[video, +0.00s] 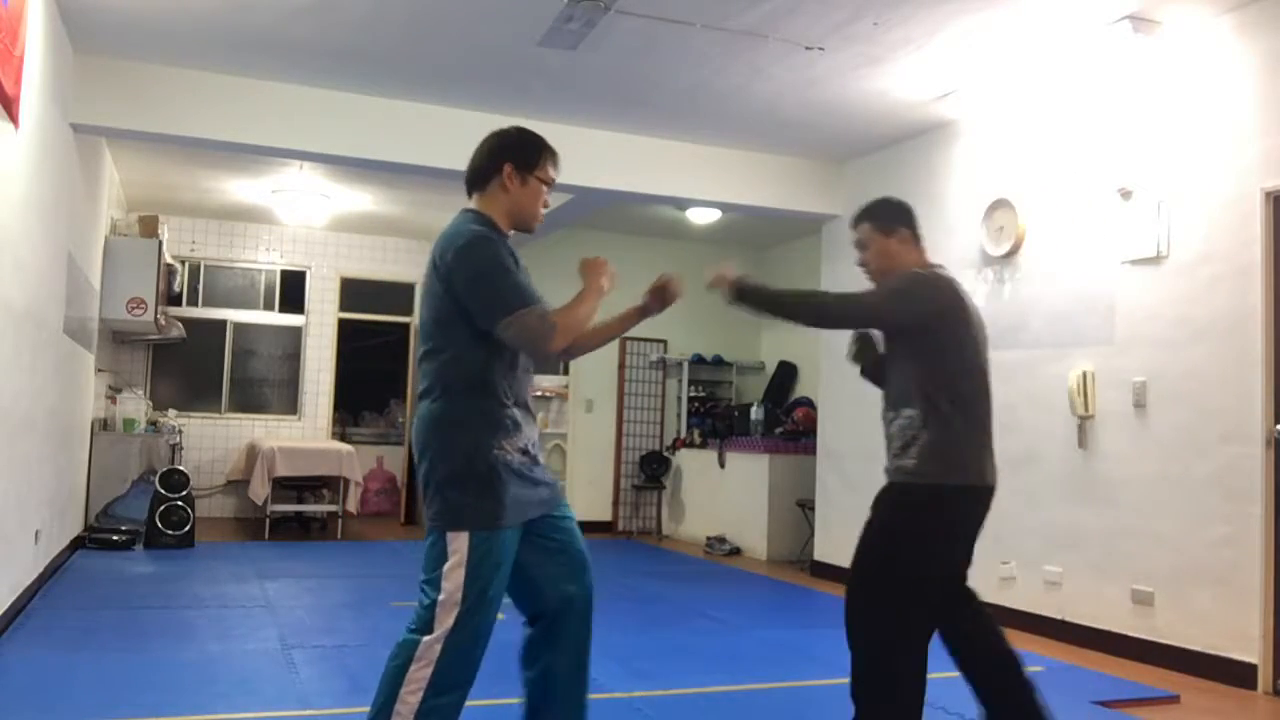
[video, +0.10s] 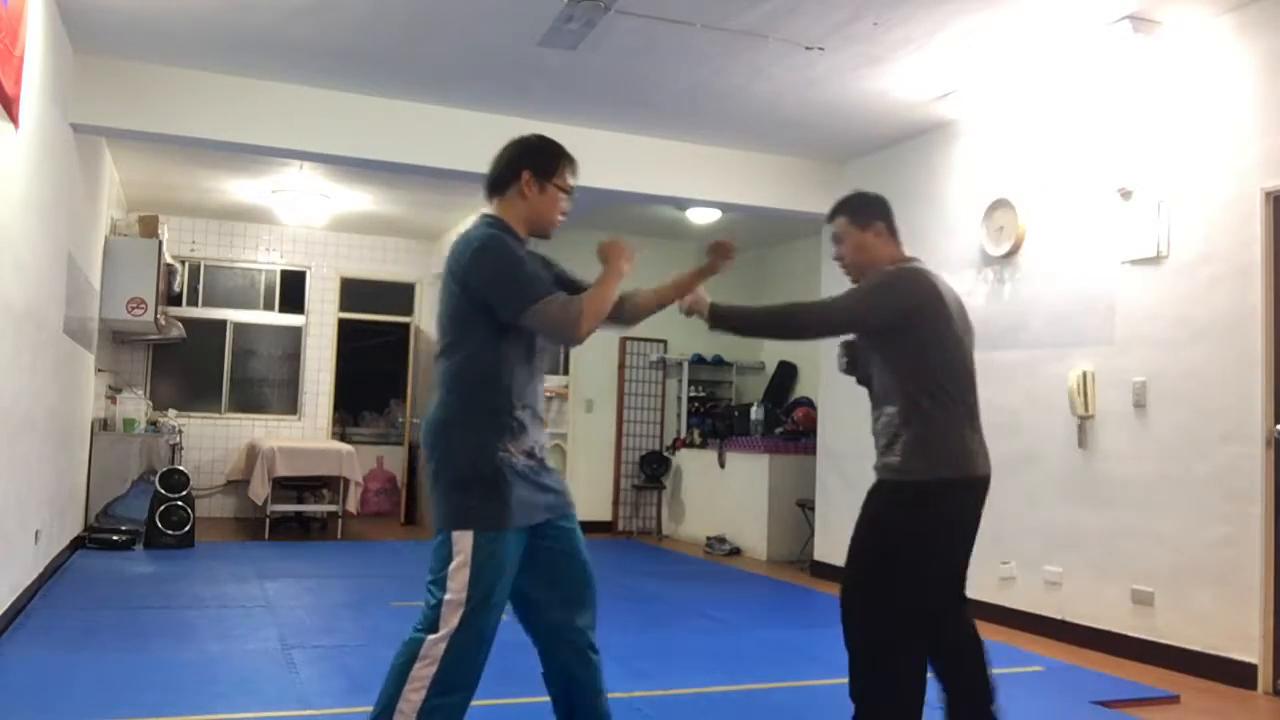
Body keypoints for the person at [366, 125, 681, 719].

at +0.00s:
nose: (549, 200)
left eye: (552, 188)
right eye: (545, 184)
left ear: (506, 180)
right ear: (509, 175)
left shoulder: (494, 249)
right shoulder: (473, 242)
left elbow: (559, 346)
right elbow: (543, 337)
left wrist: (640, 310)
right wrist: (593, 289)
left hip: (518, 464)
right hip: (472, 465)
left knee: (566, 600)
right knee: (450, 627)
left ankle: (555, 715)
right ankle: (398, 718)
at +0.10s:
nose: (568, 206)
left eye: (571, 194)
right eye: (563, 191)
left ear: (528, 187)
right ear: (527, 183)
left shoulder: (531, 262)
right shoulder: (484, 249)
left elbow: (616, 309)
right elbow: (572, 323)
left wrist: (696, 273)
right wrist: (614, 272)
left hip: (529, 464)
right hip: (479, 465)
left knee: (568, 622)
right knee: (454, 630)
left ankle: (587, 716)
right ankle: (399, 716)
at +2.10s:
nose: (580, 217)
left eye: (582, 205)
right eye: (574, 202)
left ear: (535, 198)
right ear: (534, 194)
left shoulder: (529, 267)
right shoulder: (496, 255)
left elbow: (608, 318)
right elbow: (564, 349)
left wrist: (631, 239)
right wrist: (627, 307)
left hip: (530, 470)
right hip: (479, 470)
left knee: (567, 604)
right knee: (462, 623)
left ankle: (563, 716)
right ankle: (395, 714)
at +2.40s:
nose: (527, 208)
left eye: (531, 195)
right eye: (520, 191)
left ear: (475, 187)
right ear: (473, 181)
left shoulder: (468, 253)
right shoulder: (431, 241)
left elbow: (552, 295)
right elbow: (505, 345)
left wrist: (559, 261)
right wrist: (584, 312)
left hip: (458, 464)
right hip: (405, 464)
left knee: (505, 603)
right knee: (383, 625)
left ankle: (506, 718)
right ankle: (325, 719)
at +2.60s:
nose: (491, 202)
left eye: (496, 190)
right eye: (485, 186)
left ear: (438, 178)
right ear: (439, 173)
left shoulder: (443, 245)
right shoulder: (399, 237)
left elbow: (540, 276)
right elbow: (464, 348)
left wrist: (501, 196)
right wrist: (544, 321)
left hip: (460, 465)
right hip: (402, 467)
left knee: (502, 627)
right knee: (379, 646)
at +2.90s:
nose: (445, 186)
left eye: (449, 175)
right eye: (438, 172)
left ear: (387, 167)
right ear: (394, 164)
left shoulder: (382, 227)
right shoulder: (388, 235)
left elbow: (478, 245)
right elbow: (453, 350)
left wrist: (450, 185)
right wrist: (518, 313)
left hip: (468, 458)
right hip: (422, 463)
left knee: (498, 630)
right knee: (394, 637)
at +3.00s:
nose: (439, 186)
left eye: (441, 173)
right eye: (432, 171)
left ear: (376, 166)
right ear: (388, 163)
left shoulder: (353, 227)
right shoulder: (390, 235)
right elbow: (453, 349)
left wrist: (446, 244)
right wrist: (514, 301)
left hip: (460, 455)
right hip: (422, 458)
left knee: (493, 627)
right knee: (395, 637)